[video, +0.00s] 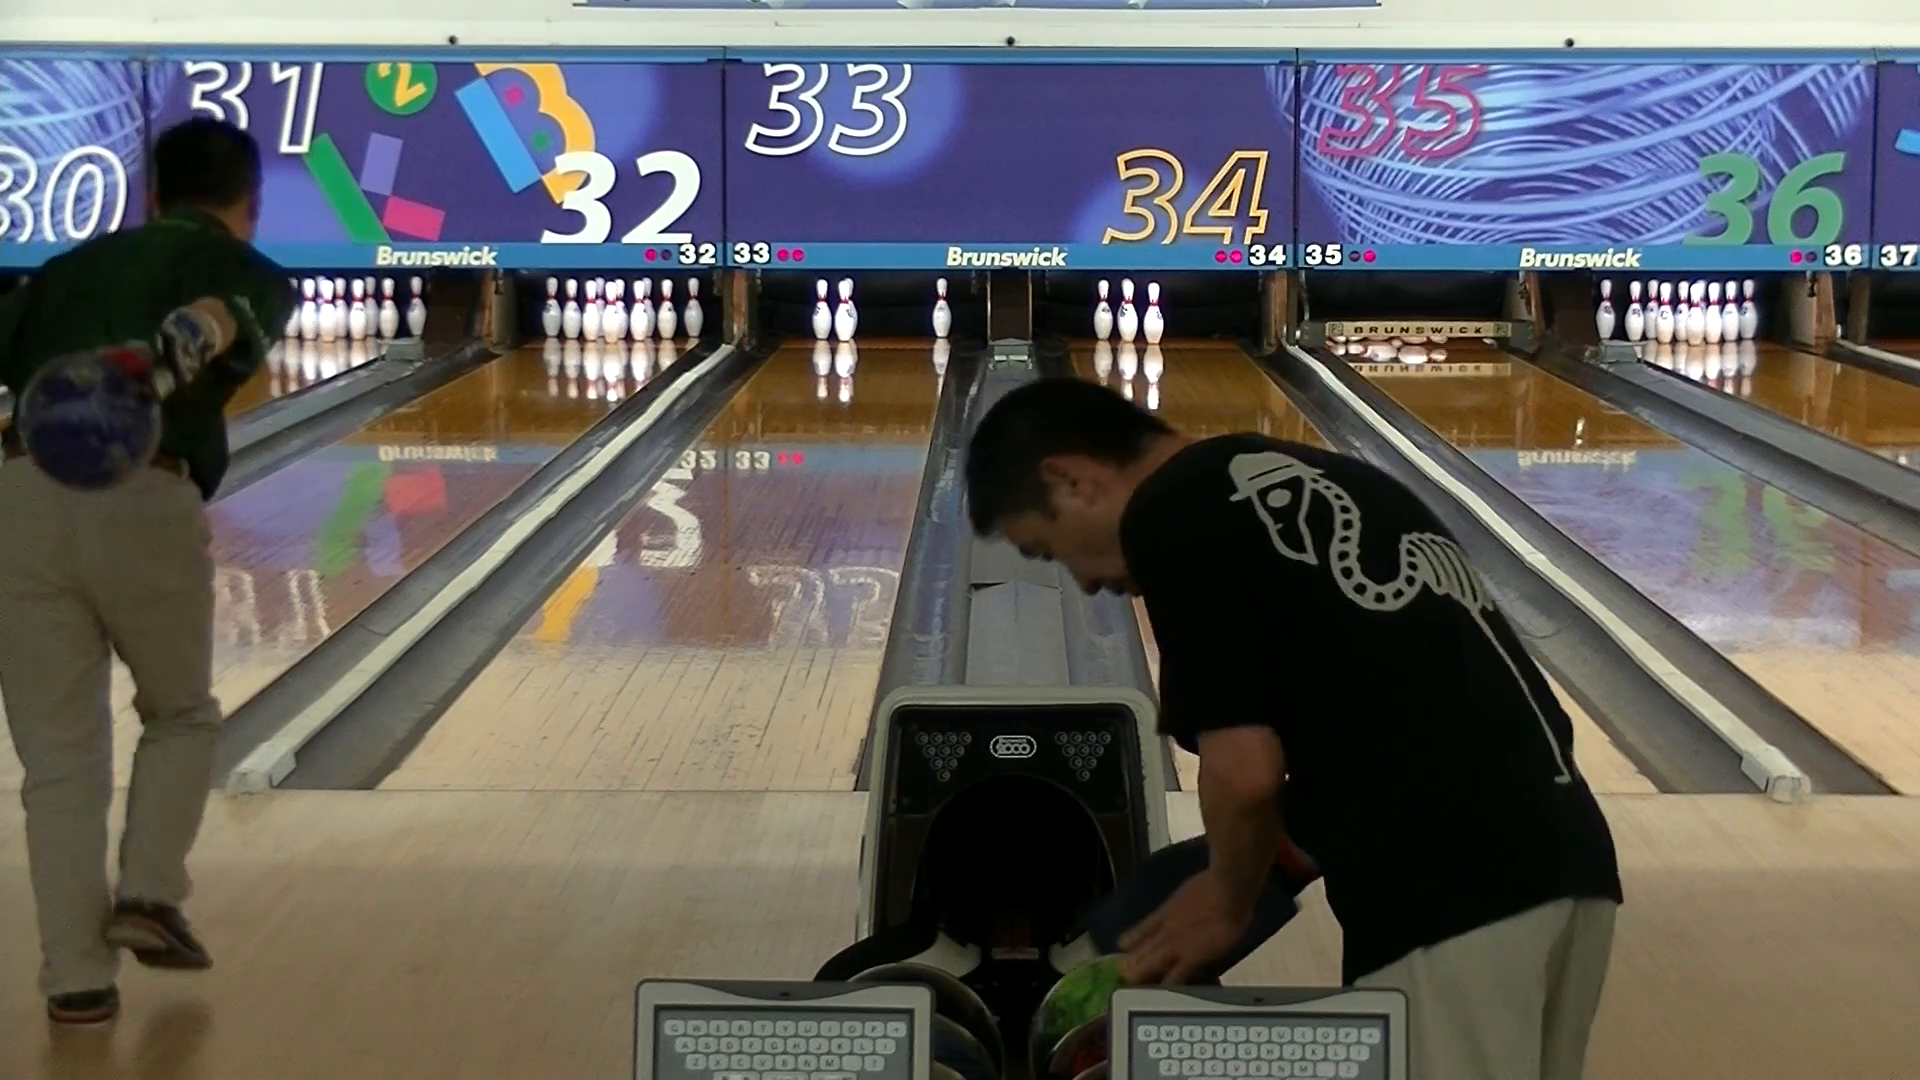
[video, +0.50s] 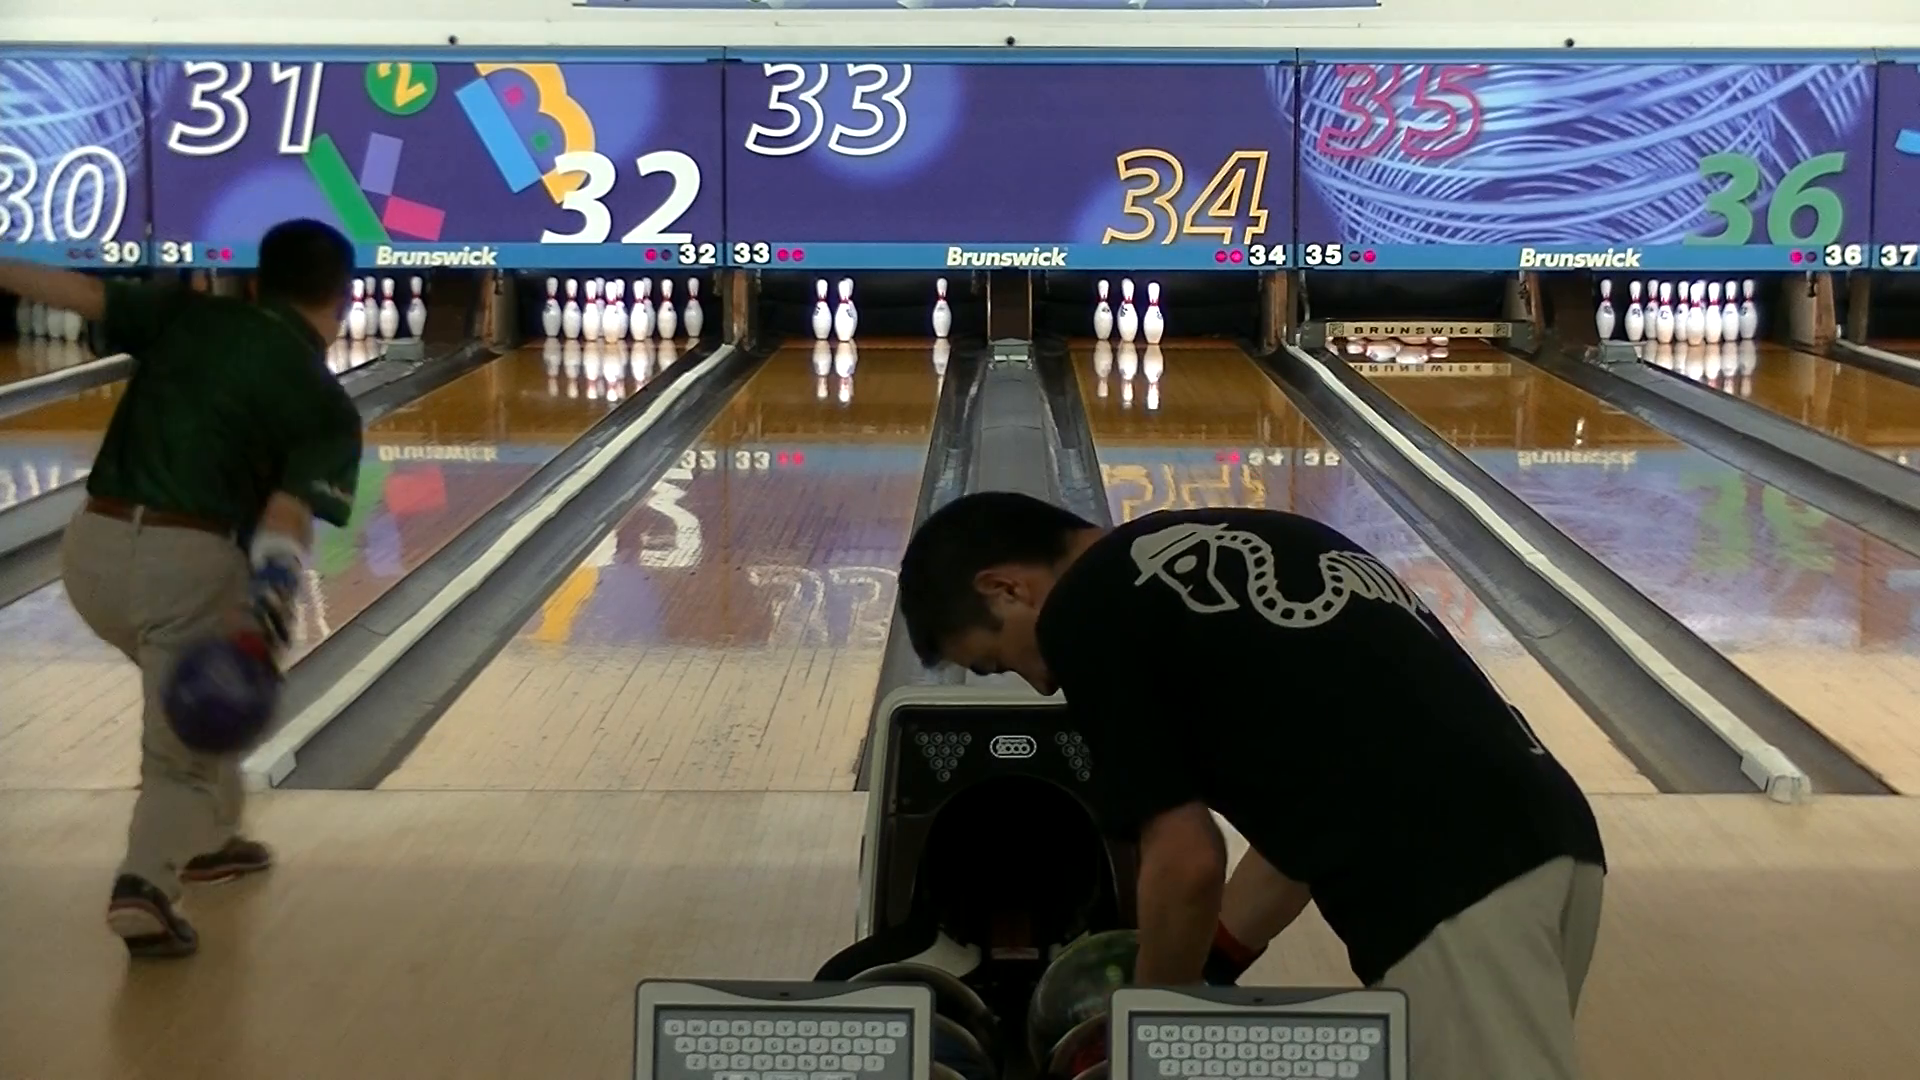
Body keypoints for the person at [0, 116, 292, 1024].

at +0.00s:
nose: (255, 219)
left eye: (251, 206)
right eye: (254, 205)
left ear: (153, 196)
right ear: (241, 202)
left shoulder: (74, 264)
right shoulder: (252, 271)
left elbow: (2, 342)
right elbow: (226, 328)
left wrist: (38, 407)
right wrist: (151, 393)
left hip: (23, 500)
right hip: (145, 499)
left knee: (56, 759)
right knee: (179, 714)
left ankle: (75, 980)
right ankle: (148, 897)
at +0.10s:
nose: (273, 215)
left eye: (270, 201)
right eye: (272, 200)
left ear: (180, 190)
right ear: (258, 200)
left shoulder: (99, 258)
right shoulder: (261, 267)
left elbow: (10, 314)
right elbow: (229, 303)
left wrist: (46, 358)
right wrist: (150, 334)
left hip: (44, 493)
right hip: (163, 500)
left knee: (62, 747)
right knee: (185, 716)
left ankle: (75, 968)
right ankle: (158, 920)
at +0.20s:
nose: (292, 232)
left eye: (292, 220)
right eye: (290, 219)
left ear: (197, 210)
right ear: (276, 217)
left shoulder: (116, 266)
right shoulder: (280, 288)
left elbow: (11, 279)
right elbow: (240, 323)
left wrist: (28, 345)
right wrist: (156, 354)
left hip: (64, 511)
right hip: (179, 517)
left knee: (78, 737)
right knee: (186, 734)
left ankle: (70, 879)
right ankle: (145, 920)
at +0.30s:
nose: (308, 264)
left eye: (304, 251)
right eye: (307, 251)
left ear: (217, 241)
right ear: (295, 250)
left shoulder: (138, 281)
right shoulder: (295, 330)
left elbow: (21, 264)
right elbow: (248, 378)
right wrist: (163, 427)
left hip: (75, 515)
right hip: (185, 523)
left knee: (101, 714)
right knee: (189, 742)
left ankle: (90, 865)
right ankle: (143, 922)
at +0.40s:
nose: (323, 292)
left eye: (322, 280)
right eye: (324, 280)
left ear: (240, 264)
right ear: (315, 282)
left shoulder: (166, 295)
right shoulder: (307, 364)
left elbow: (47, 267)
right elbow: (261, 439)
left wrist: (4, 247)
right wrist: (239, 481)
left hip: (81, 538)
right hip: (184, 548)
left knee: (133, 705)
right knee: (190, 758)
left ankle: (137, 878)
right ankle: (146, 900)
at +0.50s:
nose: (345, 311)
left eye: (345, 299)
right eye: (345, 298)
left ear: (257, 285)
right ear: (337, 302)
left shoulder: (186, 314)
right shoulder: (325, 404)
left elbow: (78, 291)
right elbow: (285, 518)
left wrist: (5, 269)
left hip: (91, 548)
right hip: (194, 566)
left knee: (197, 684)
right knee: (179, 754)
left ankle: (209, 837)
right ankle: (142, 886)